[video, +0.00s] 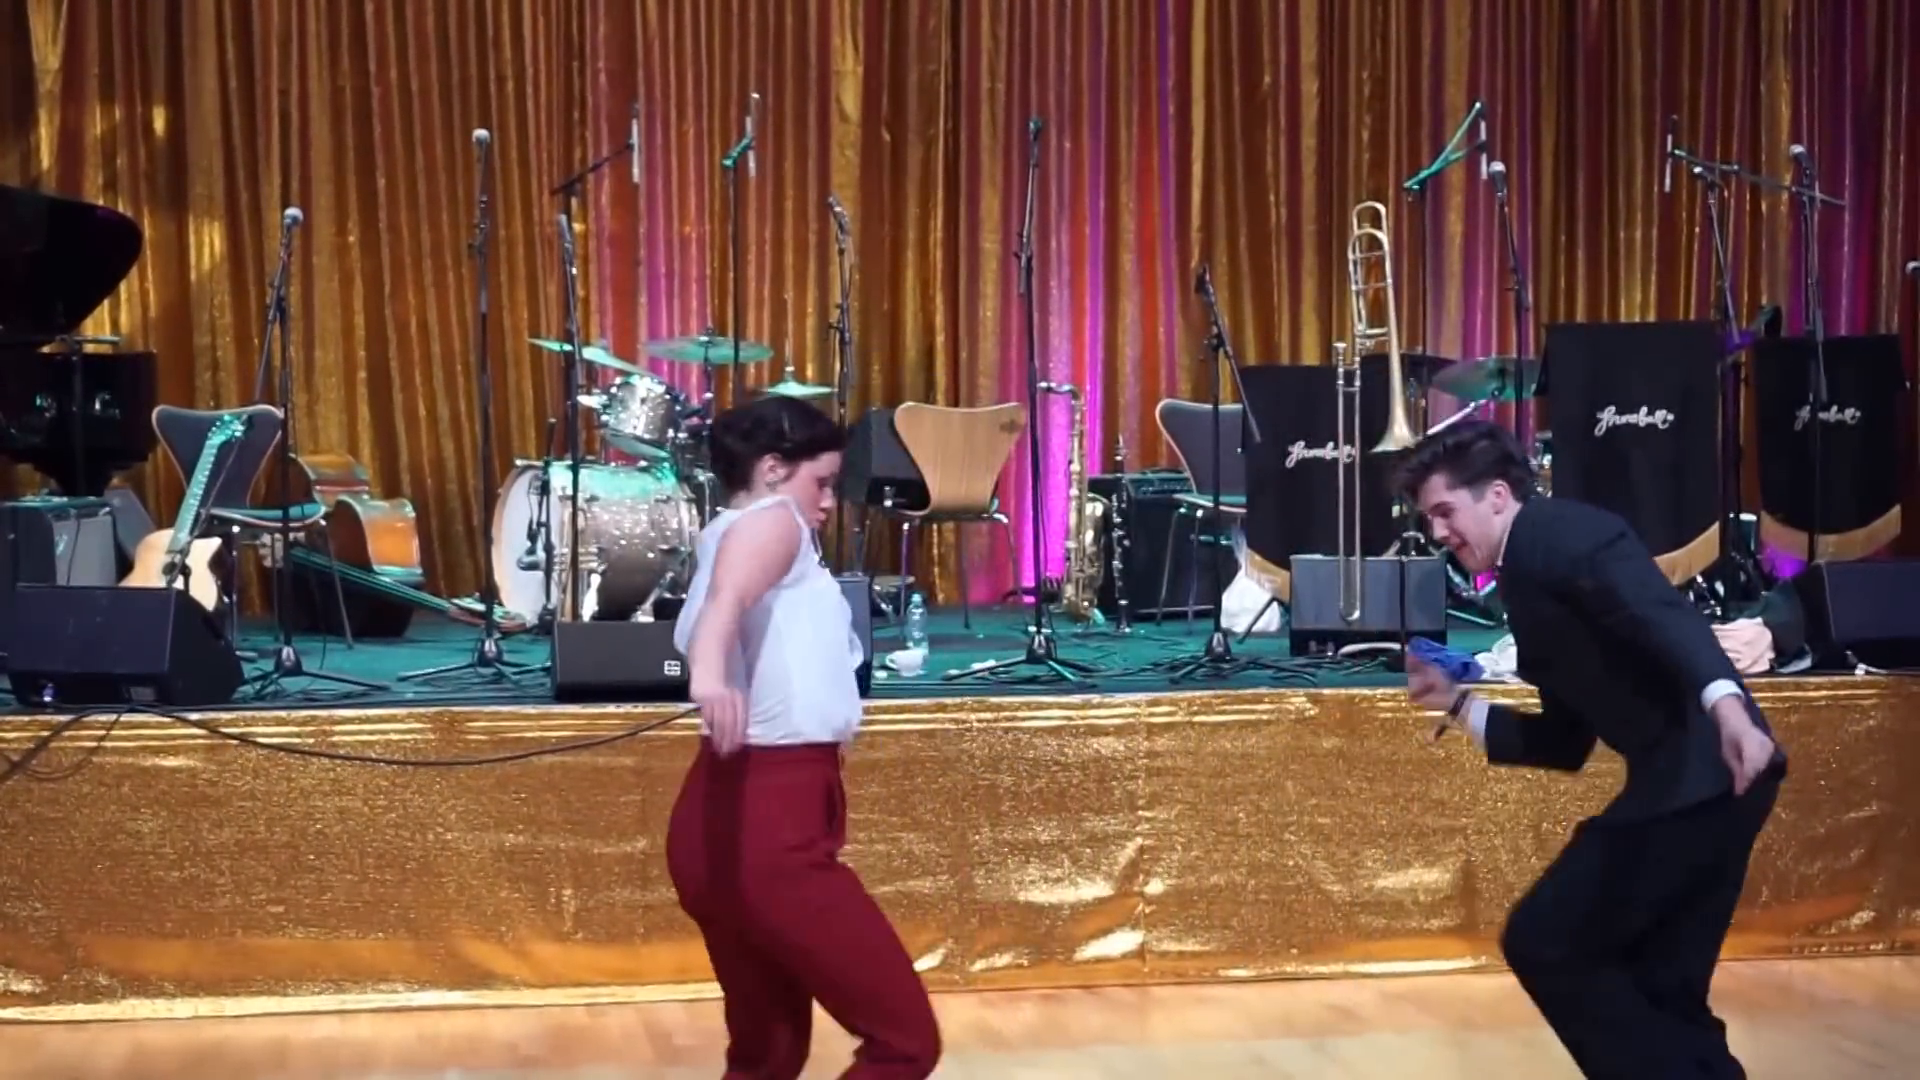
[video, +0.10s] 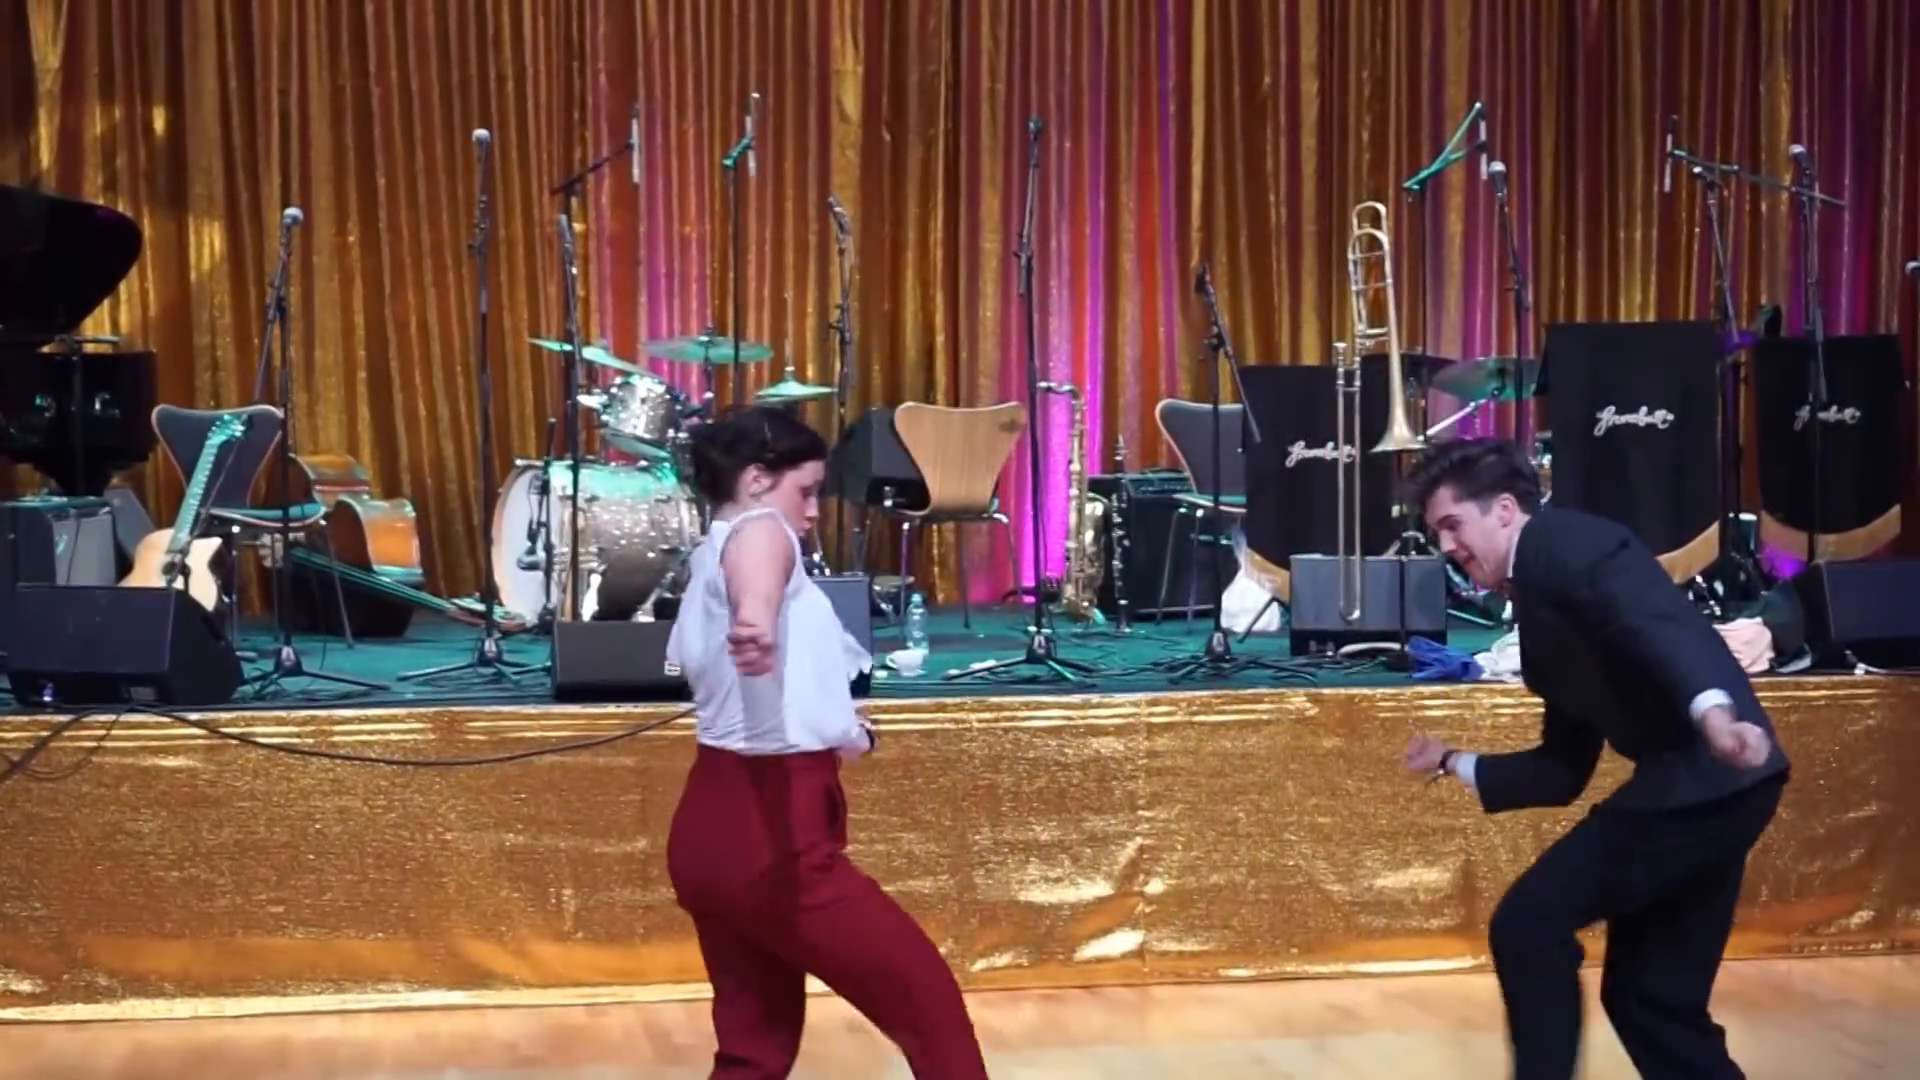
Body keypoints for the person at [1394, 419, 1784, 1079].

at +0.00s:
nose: (1438, 534)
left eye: (1445, 511)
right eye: (1429, 521)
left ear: (1500, 495)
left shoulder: (1557, 531)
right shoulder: (1532, 583)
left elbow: (1658, 609)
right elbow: (1564, 745)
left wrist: (1726, 703)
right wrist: (1455, 701)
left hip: (1701, 761)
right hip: (1704, 768)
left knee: (1545, 941)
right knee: (1664, 986)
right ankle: (1710, 1071)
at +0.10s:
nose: (1447, 548)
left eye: (1453, 524)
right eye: (1438, 535)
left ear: (1507, 508)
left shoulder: (1558, 540)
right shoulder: (1545, 605)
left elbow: (1654, 615)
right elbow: (1563, 770)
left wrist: (1713, 709)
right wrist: (1454, 763)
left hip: (1707, 772)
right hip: (1697, 779)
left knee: (1527, 924)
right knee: (1650, 996)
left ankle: (1543, 1070)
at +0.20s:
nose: (1440, 530)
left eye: (1448, 508)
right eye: (1433, 516)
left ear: (1503, 493)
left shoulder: (1556, 532)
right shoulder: (1540, 584)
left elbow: (1629, 624)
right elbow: (1592, 746)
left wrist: (1640, 758)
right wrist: (1469, 773)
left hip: (1684, 782)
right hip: (1677, 791)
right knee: (1647, 1011)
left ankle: (1451, 1078)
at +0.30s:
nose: (1434, 503)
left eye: (1445, 483)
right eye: (1427, 489)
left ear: (1499, 476)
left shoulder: (1572, 541)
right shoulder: (1518, 562)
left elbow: (1604, 695)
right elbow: (1577, 716)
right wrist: (1483, 800)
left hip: (1651, 794)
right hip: (1608, 793)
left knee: (1505, 924)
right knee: (1613, 1019)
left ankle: (1464, 1073)